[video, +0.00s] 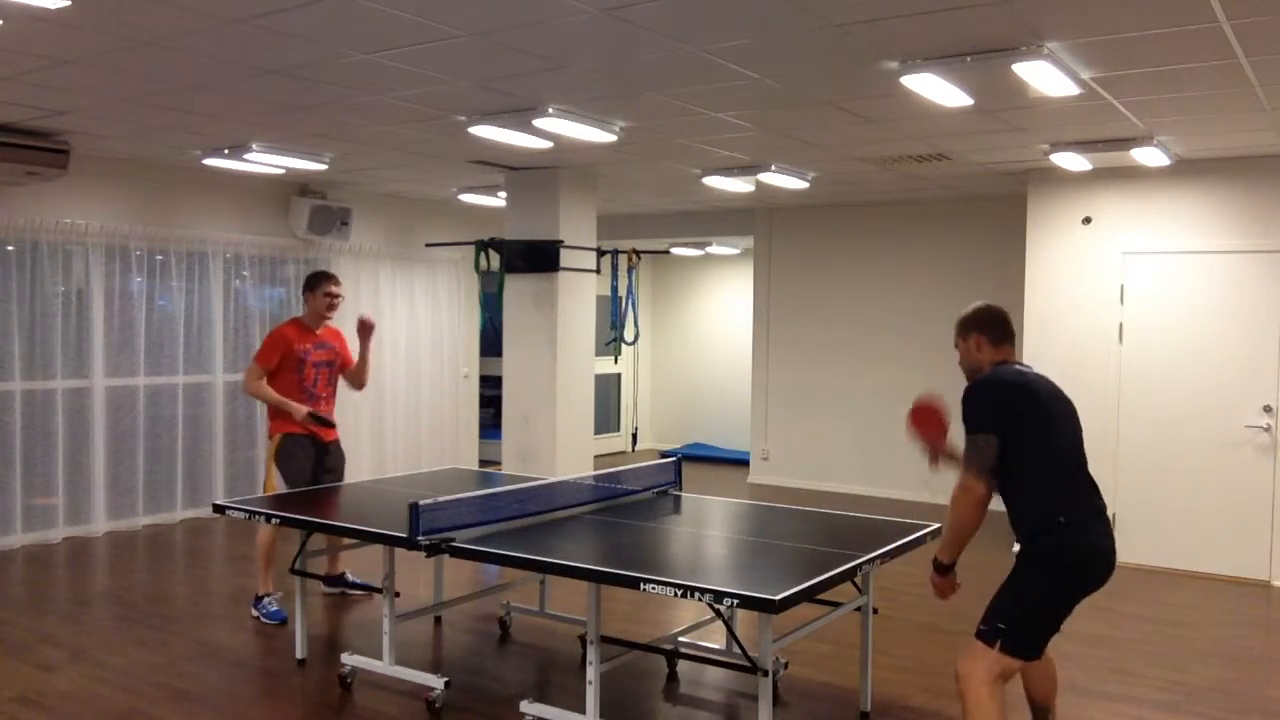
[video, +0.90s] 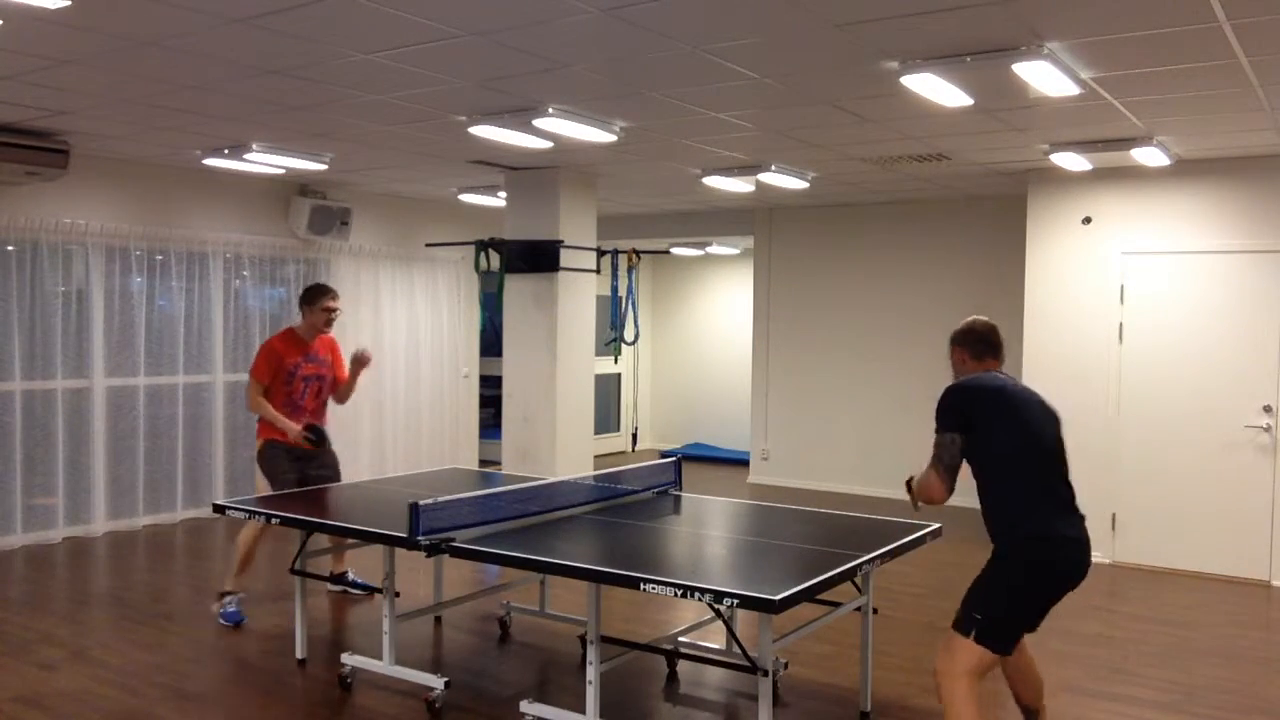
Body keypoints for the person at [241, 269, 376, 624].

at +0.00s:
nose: (334, 303)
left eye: (338, 298)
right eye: (328, 296)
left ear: (338, 302)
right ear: (308, 297)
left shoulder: (334, 337)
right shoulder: (285, 334)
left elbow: (358, 381)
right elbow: (251, 382)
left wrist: (365, 342)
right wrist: (292, 406)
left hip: (327, 437)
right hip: (291, 437)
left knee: (333, 509)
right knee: (277, 514)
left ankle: (334, 573)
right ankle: (264, 594)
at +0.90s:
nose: (333, 317)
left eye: (336, 312)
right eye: (327, 311)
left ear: (334, 313)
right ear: (306, 310)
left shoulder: (330, 347)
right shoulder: (276, 346)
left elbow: (340, 396)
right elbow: (253, 400)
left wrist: (355, 371)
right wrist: (289, 427)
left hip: (315, 440)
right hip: (277, 441)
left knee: (338, 506)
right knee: (270, 512)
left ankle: (339, 572)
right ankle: (229, 593)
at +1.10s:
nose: (317, 328)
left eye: (321, 323)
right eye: (311, 322)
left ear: (321, 324)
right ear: (290, 321)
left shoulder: (321, 355)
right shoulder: (261, 358)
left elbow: (321, 397)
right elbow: (240, 410)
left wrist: (334, 415)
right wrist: (253, 450)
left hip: (310, 452)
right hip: (268, 454)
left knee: (337, 510)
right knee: (254, 519)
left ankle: (350, 571)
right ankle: (218, 597)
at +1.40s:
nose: (314, 344)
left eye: (317, 337)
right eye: (309, 337)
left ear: (318, 336)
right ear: (288, 334)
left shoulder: (319, 363)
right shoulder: (257, 370)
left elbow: (324, 402)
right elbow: (230, 419)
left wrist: (345, 431)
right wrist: (258, 455)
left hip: (315, 459)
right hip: (272, 463)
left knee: (346, 511)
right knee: (256, 521)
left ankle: (361, 567)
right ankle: (223, 597)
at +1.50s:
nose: (320, 337)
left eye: (322, 331)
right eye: (316, 331)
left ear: (319, 331)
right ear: (295, 327)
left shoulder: (311, 358)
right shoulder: (264, 364)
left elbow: (309, 400)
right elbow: (262, 422)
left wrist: (345, 420)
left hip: (301, 451)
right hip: (262, 453)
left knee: (334, 502)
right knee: (263, 508)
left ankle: (358, 565)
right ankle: (221, 597)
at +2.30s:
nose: (321, 307)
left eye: (325, 302)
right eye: (315, 301)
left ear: (327, 305)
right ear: (298, 302)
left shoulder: (324, 338)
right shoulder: (275, 341)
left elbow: (321, 384)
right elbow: (258, 392)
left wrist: (347, 420)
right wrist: (271, 432)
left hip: (309, 440)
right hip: (271, 439)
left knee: (316, 504)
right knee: (252, 507)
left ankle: (323, 563)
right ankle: (241, 576)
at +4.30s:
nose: (311, 323)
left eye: (315, 317)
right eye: (305, 317)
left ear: (316, 318)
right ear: (285, 317)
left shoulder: (317, 351)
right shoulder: (258, 355)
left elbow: (317, 395)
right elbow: (237, 405)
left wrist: (333, 419)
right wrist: (247, 447)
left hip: (305, 448)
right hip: (266, 450)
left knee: (328, 506)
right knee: (251, 515)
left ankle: (338, 566)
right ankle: (222, 594)